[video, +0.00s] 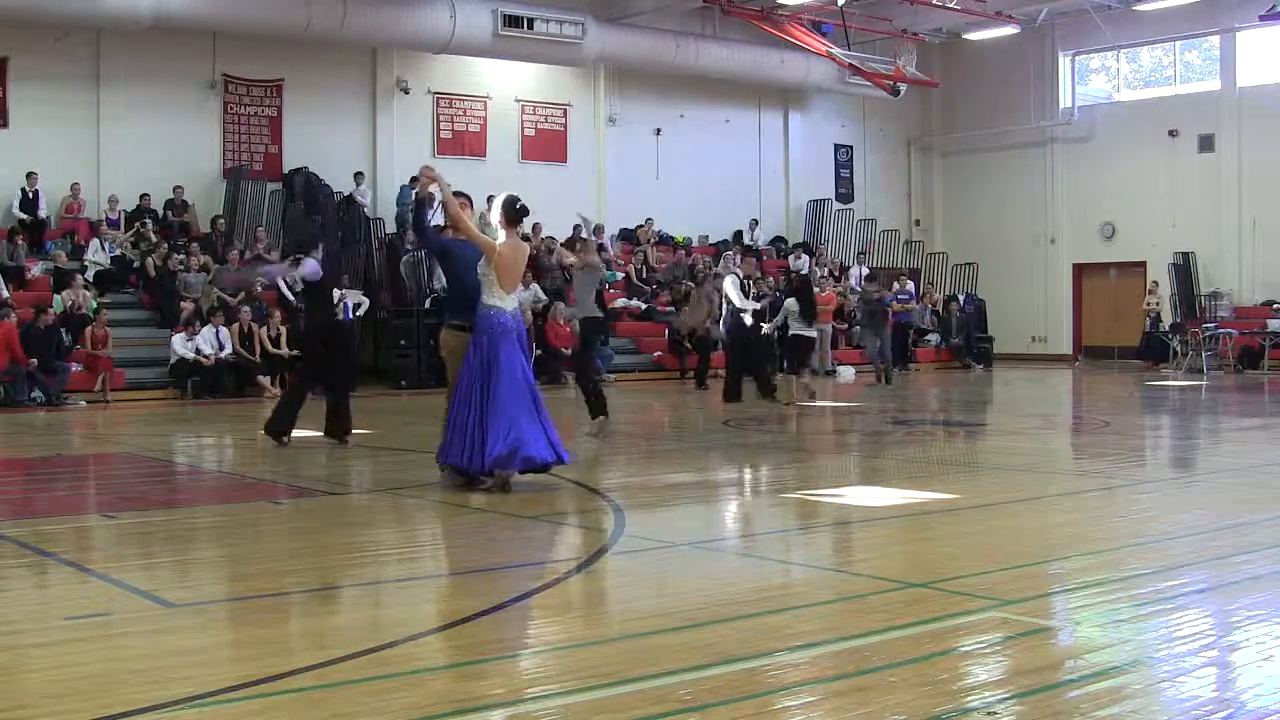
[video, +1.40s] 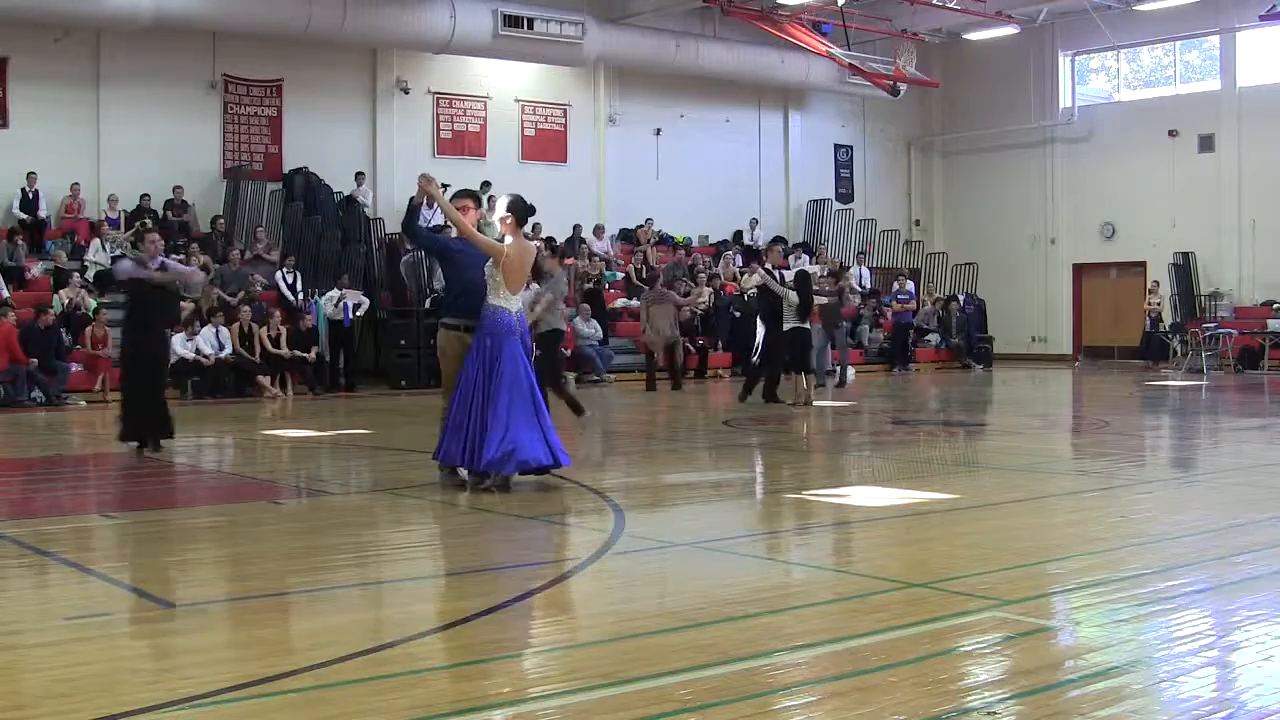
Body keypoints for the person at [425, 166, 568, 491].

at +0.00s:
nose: (490, 214)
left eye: (493, 209)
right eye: (492, 209)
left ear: (500, 216)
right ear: (517, 217)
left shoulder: (497, 248)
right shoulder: (523, 247)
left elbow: (459, 222)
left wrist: (441, 183)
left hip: (491, 323)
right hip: (512, 322)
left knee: (491, 393)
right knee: (507, 391)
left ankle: (494, 463)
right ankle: (505, 462)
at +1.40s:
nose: (494, 216)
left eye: (498, 212)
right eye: (496, 212)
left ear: (509, 219)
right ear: (520, 219)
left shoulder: (502, 250)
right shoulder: (531, 249)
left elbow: (464, 228)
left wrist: (438, 195)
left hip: (496, 322)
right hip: (517, 322)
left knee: (493, 393)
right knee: (510, 393)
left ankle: (493, 463)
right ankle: (504, 462)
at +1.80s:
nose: (499, 226)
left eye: (501, 221)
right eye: (500, 221)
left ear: (513, 222)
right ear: (520, 223)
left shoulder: (505, 251)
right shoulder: (535, 252)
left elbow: (467, 246)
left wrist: (438, 233)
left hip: (499, 325)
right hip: (520, 325)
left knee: (489, 391)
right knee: (512, 394)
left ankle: (485, 461)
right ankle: (506, 461)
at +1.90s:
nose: (496, 227)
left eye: (500, 222)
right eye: (498, 221)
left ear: (512, 224)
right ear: (521, 224)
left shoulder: (503, 253)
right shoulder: (533, 252)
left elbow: (456, 259)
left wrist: (427, 245)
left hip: (500, 328)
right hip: (520, 328)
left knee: (463, 382)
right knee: (510, 394)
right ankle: (505, 460)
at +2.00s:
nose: (494, 231)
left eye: (497, 225)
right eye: (495, 225)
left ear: (509, 227)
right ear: (514, 227)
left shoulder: (503, 257)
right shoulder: (528, 254)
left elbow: (457, 274)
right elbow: (520, 285)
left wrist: (430, 251)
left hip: (500, 330)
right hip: (518, 328)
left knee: (460, 381)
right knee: (512, 394)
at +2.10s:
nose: (487, 226)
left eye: (492, 222)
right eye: (488, 222)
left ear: (506, 226)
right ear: (506, 227)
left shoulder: (505, 258)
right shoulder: (511, 255)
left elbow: (461, 261)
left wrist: (432, 233)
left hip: (500, 335)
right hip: (505, 332)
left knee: (458, 392)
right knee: (506, 399)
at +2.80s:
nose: (465, 223)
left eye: (472, 219)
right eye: (465, 218)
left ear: (487, 225)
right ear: (467, 222)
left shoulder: (480, 253)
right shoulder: (469, 249)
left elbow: (439, 244)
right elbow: (437, 241)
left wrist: (403, 221)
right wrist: (406, 225)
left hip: (476, 331)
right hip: (474, 328)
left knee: (465, 398)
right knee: (491, 397)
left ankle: (464, 469)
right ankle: (509, 465)